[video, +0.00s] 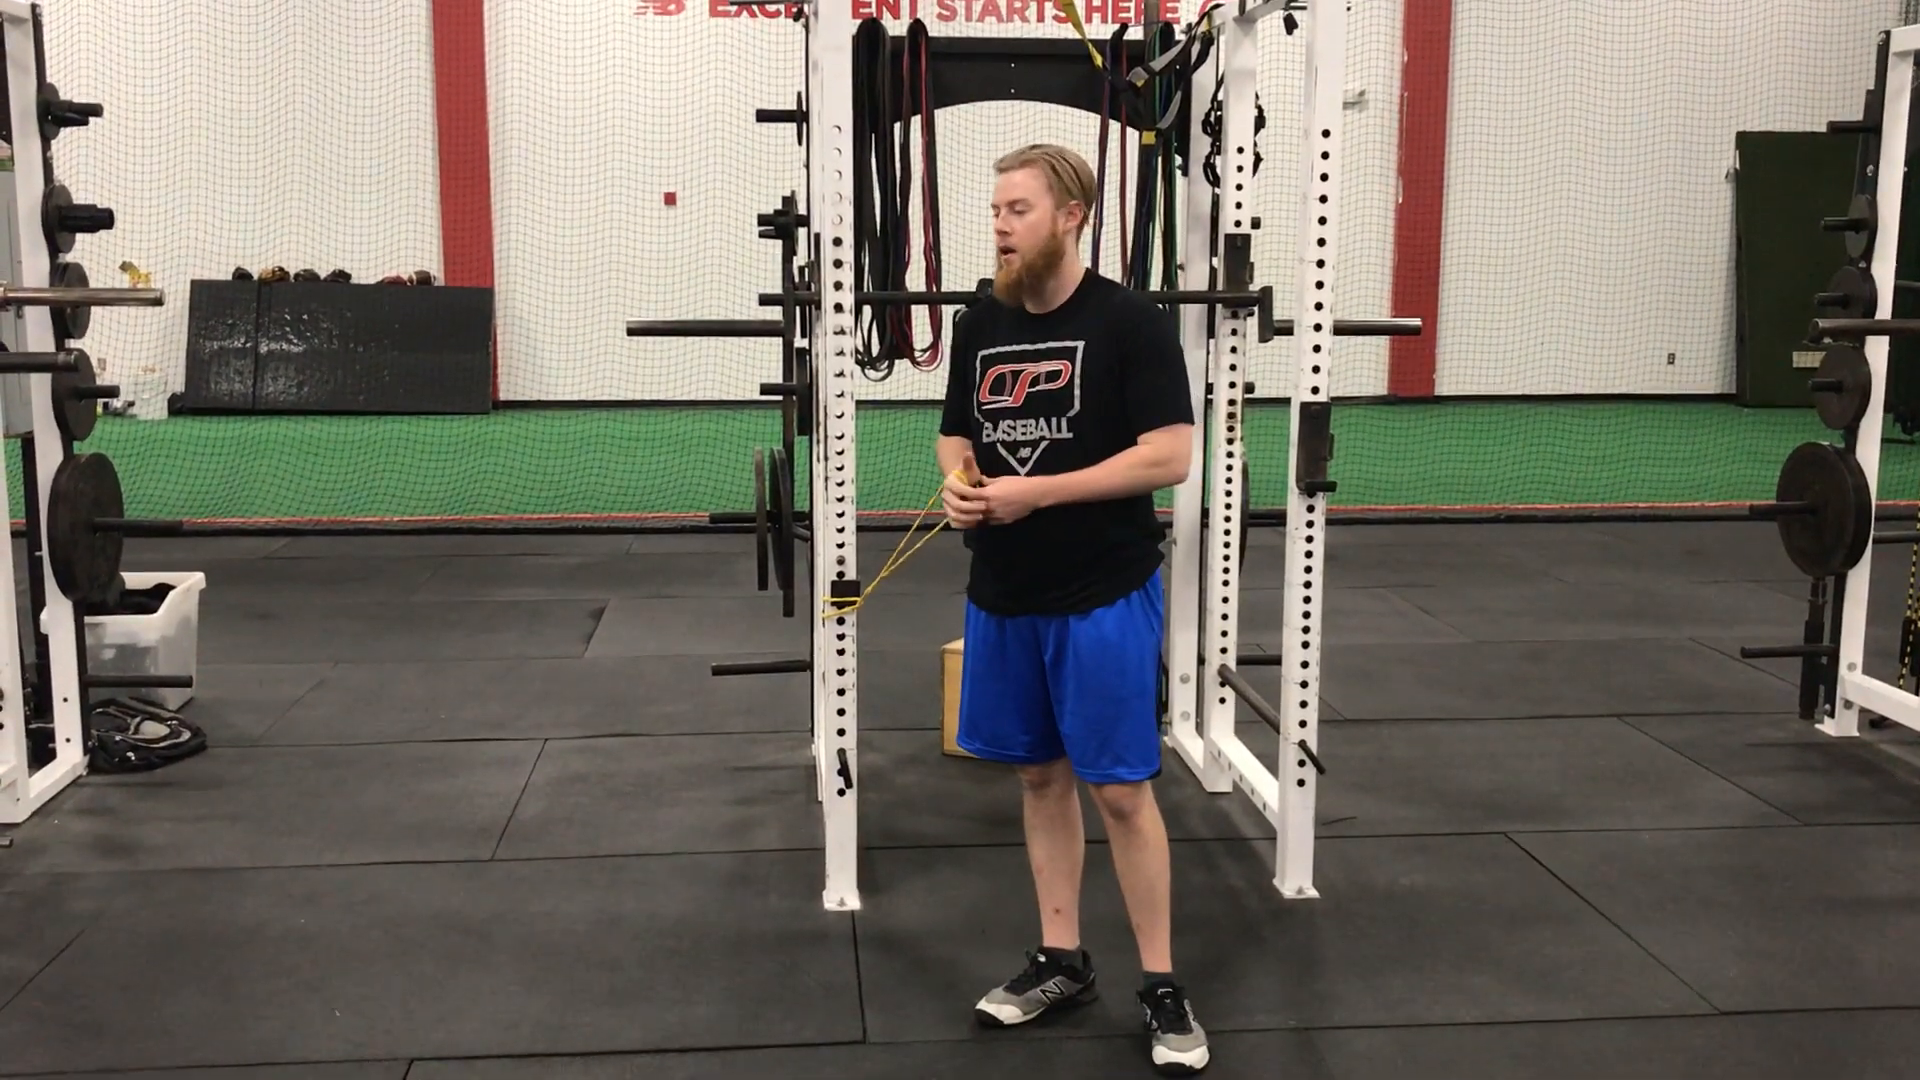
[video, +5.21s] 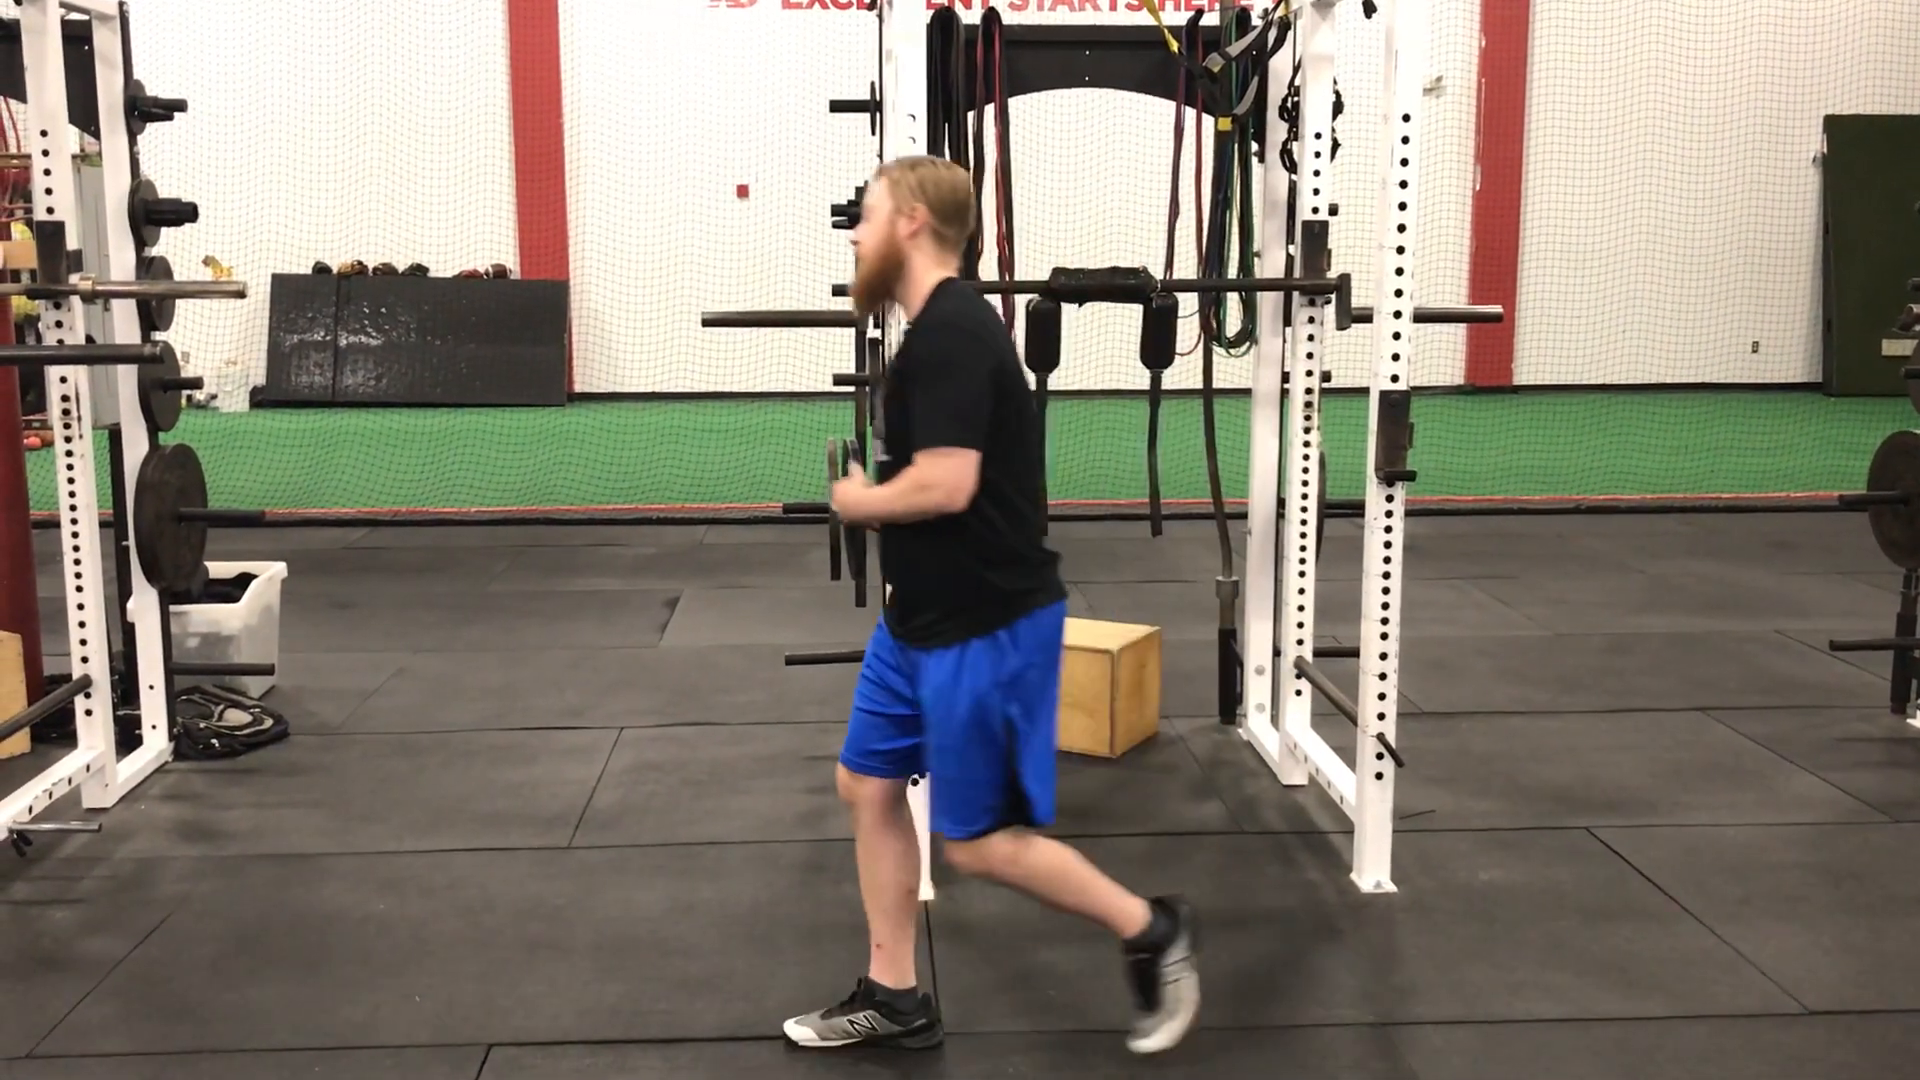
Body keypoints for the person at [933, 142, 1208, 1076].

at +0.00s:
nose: (999, 226)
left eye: (1017, 209)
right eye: (995, 211)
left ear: (1071, 218)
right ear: (995, 222)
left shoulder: (1132, 319)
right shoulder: (981, 321)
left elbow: (1171, 453)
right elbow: (956, 436)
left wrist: (1034, 491)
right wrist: (960, 483)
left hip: (1107, 597)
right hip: (1006, 598)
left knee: (1122, 793)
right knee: (1041, 780)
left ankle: (1161, 988)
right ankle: (1061, 963)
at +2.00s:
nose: (1097, 230)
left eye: (1103, 214)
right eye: (1098, 214)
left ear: (1141, 216)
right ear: (1152, 213)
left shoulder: (1237, 326)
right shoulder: (1127, 311)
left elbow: (1252, 476)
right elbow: (1109, 436)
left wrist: (1114, 495)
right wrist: (1019, 509)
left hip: (1203, 601)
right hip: (1112, 593)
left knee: (1206, 787)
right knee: (1101, 768)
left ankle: (1207, 974)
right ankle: (1089, 954)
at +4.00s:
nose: (1123, 222)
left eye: (1143, 205)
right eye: (1110, 204)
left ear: (1181, 216)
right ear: (1094, 212)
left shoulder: (1225, 321)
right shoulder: (1074, 329)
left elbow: (1246, 462)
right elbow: (1053, 462)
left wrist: (1109, 489)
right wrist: (1031, 583)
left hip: (1199, 601)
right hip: (1097, 600)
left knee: (1209, 786)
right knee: (1108, 778)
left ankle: (1223, 979)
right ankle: (1108, 962)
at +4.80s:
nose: (1054, 244)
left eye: (1066, 224)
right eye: (1054, 226)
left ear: (1124, 228)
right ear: (1114, 230)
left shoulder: (1190, 344)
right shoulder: (1092, 333)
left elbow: (1198, 498)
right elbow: (1111, 468)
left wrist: (1067, 521)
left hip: (1171, 623)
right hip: (1072, 610)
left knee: (1205, 807)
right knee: (997, 761)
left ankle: (1248, 974)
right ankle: (964, 975)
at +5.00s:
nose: (951, 257)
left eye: (963, 237)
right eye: (953, 238)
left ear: (1019, 243)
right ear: (1018, 245)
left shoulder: (1078, 352)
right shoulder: (1015, 351)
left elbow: (1090, 505)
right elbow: (1051, 467)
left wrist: (963, 537)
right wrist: (1009, 432)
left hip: (1094, 642)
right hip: (996, 630)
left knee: (1148, 818)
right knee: (917, 781)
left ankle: (1244, 964)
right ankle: (898, 993)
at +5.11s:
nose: (899, 250)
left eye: (910, 231)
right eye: (901, 231)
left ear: (959, 236)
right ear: (966, 239)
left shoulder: (1012, 342)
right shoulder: (975, 341)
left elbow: (1014, 495)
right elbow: (1008, 450)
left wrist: (914, 530)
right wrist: (945, 428)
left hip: (1034, 638)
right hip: (949, 626)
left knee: (1072, 837)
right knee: (881, 782)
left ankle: (1218, 943)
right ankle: (895, 995)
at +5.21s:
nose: (852, 236)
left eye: (864, 216)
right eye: (857, 218)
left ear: (913, 226)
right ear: (925, 230)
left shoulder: (957, 328)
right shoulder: (932, 328)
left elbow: (949, 481)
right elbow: (951, 477)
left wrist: (861, 500)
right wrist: (884, 499)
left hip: (988, 626)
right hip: (920, 618)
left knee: (976, 841)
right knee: (870, 783)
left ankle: (1150, 929)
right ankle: (895, 993)